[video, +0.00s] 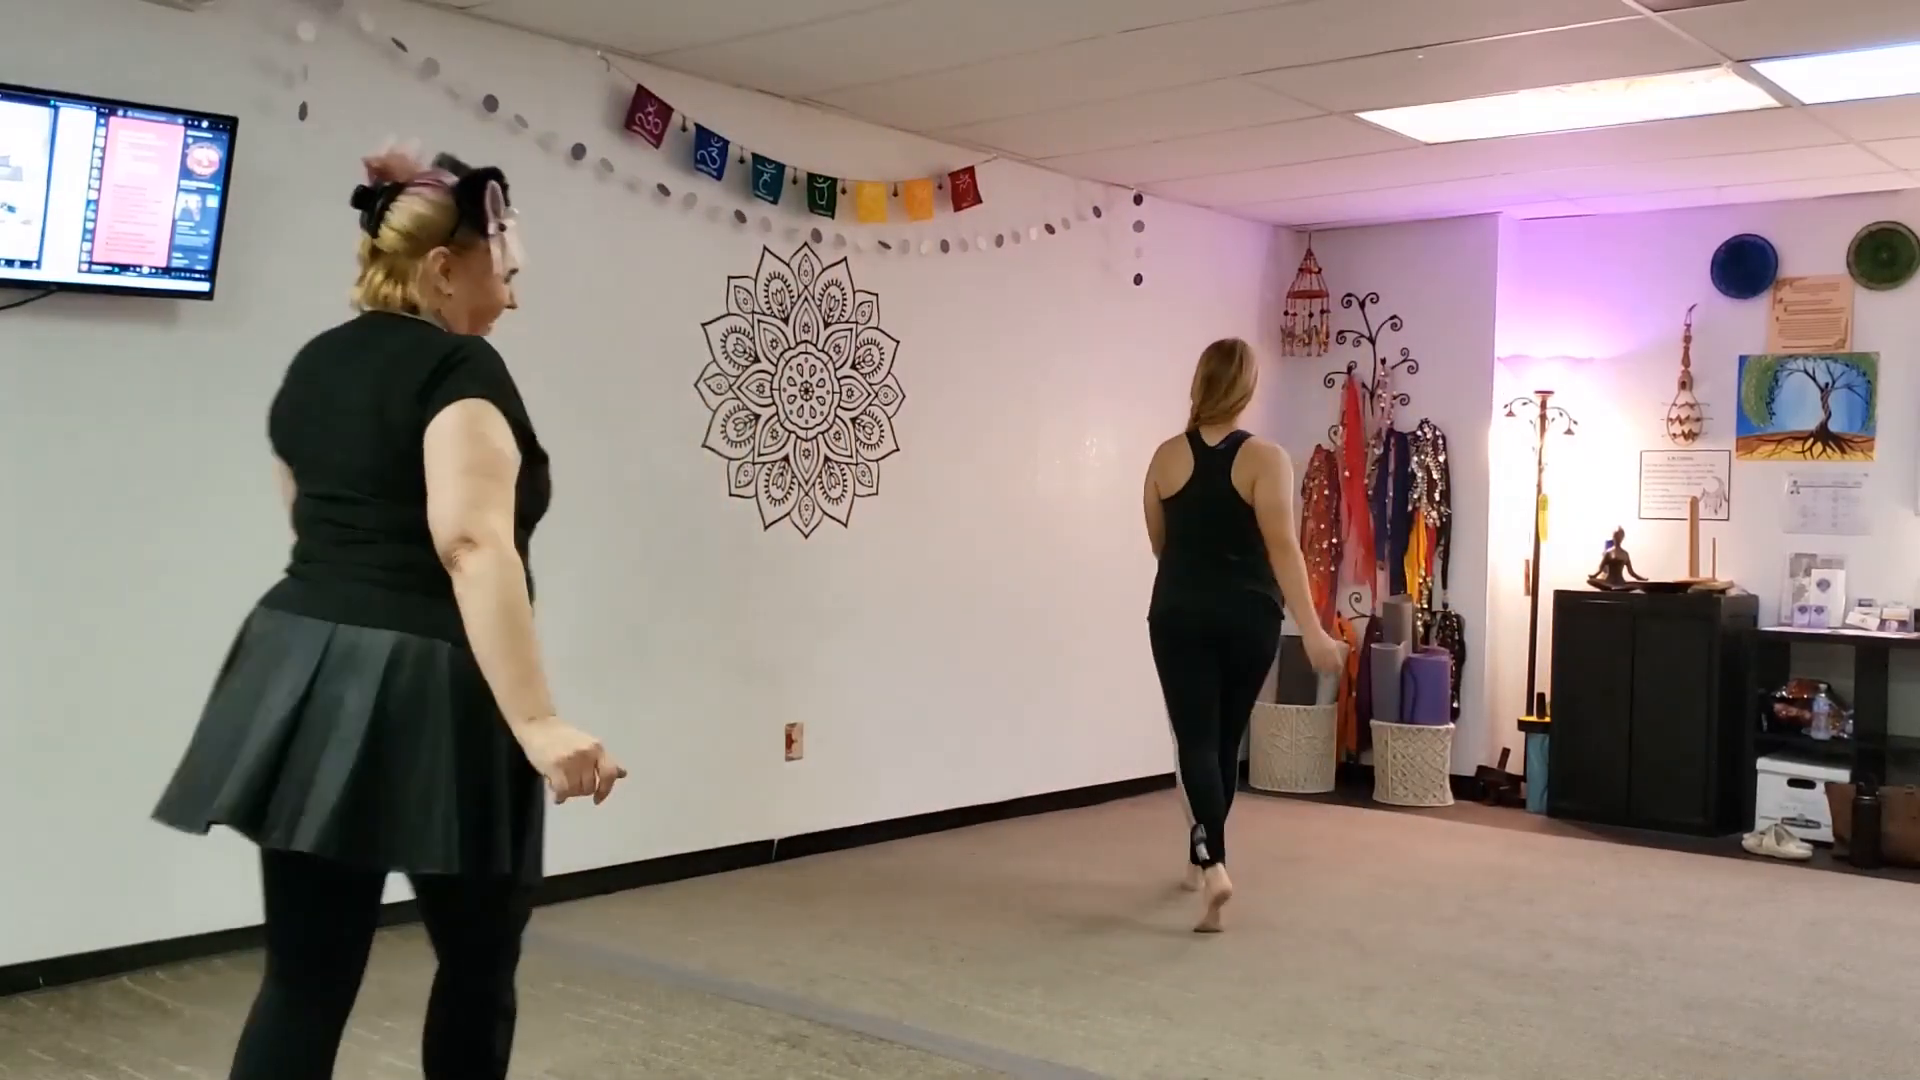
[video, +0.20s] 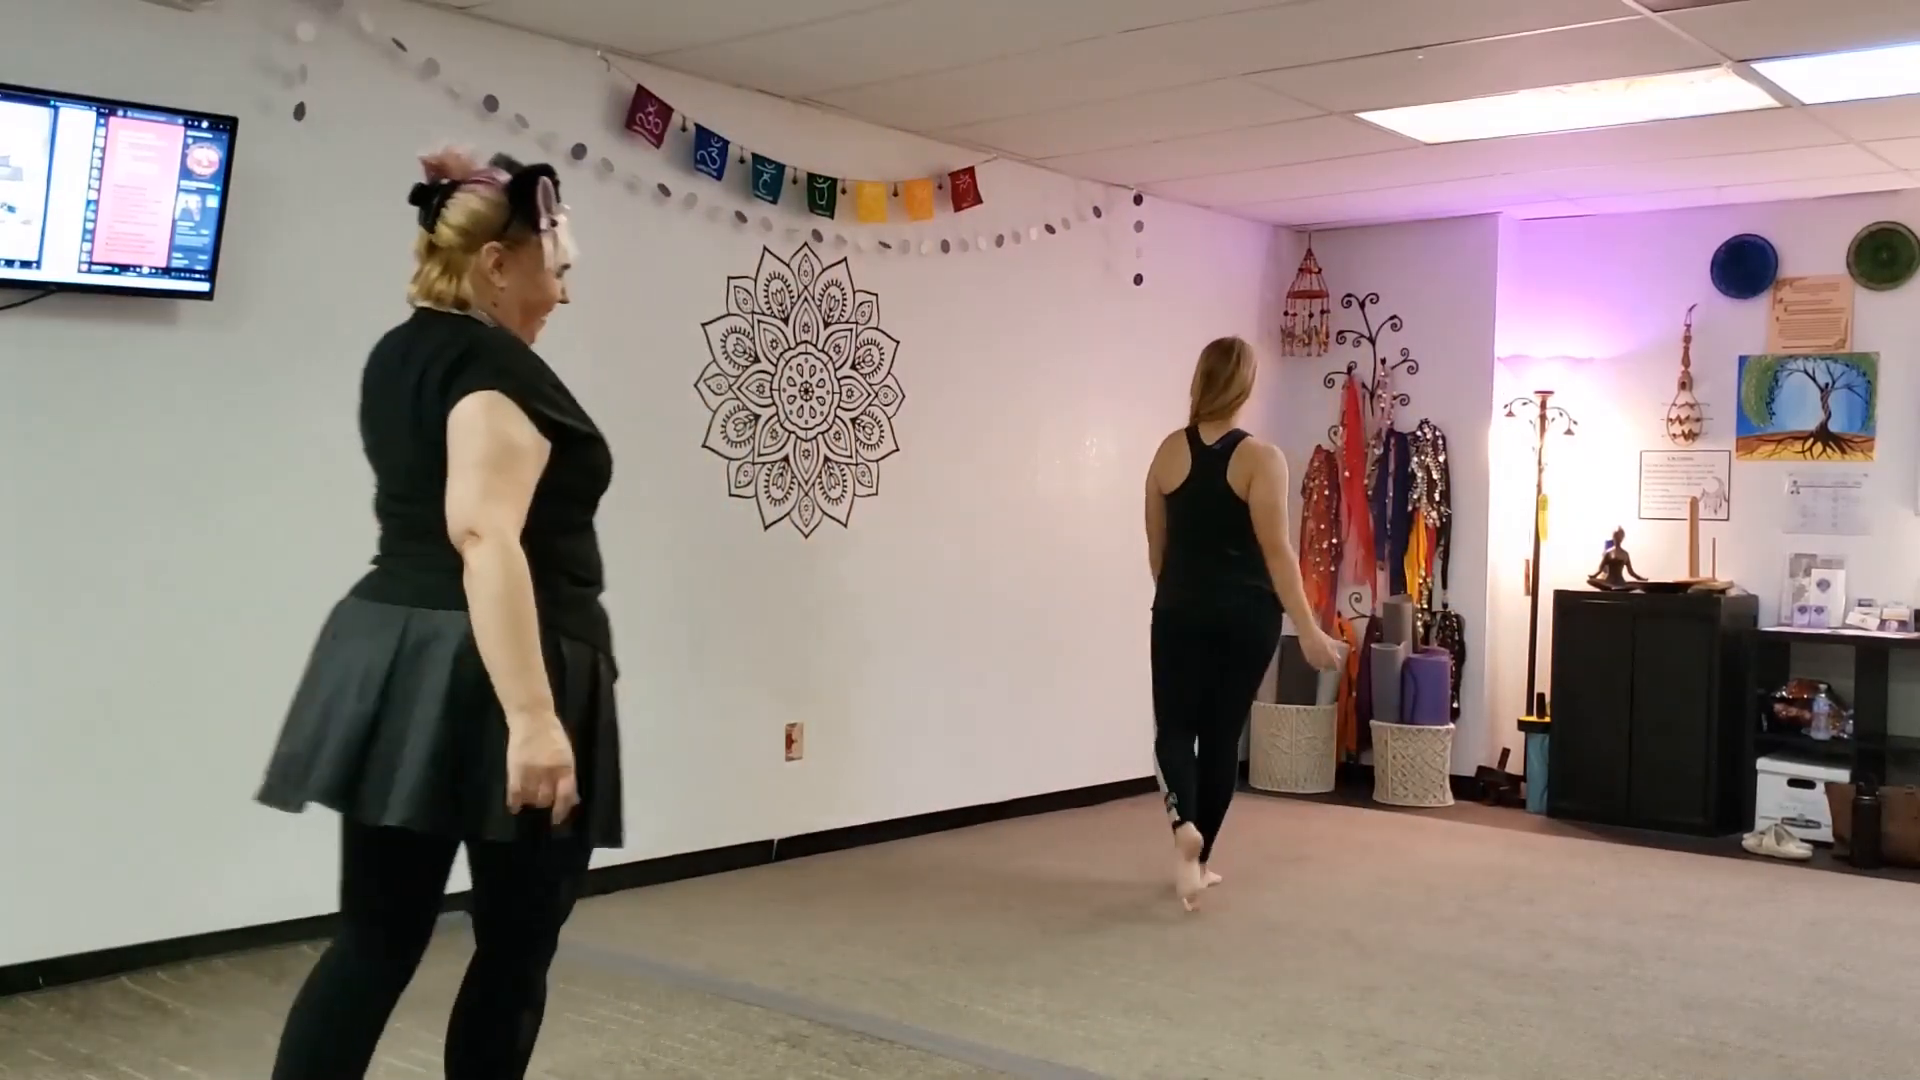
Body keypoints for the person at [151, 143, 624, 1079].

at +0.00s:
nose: (510, 291)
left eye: (511, 270)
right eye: (502, 269)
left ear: (413, 265)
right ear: (441, 268)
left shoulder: (317, 362)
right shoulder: (460, 367)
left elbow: (308, 519)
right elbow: (473, 543)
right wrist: (539, 722)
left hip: (307, 678)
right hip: (440, 694)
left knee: (305, 977)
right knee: (478, 967)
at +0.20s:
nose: (562, 289)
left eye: (561, 267)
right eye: (552, 266)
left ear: (473, 263)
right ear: (494, 266)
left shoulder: (396, 356)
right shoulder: (496, 374)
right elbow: (488, 540)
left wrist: (468, 199)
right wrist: (535, 716)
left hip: (396, 662)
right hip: (508, 675)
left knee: (375, 938)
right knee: (516, 953)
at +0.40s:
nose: (615, 308)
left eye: (616, 289)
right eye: (607, 287)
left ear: (530, 280)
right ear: (547, 284)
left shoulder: (461, 362)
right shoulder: (527, 384)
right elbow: (520, 551)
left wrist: (530, 221)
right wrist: (586, 707)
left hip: (469, 648)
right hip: (546, 661)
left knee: (515, 880)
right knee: (559, 918)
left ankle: (366, 992)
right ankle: (497, 1077)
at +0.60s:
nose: (671, 310)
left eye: (673, 291)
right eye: (655, 287)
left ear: (584, 286)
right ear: (584, 283)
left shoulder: (533, 364)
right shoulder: (555, 370)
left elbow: (482, 539)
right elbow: (540, 533)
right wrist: (686, 627)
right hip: (567, 659)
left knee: (696, 840)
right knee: (576, 914)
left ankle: (501, 953)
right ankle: (507, 1073)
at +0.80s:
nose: (714, 303)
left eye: (720, 283)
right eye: (696, 278)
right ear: (628, 273)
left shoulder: (621, 367)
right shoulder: (589, 360)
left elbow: (516, 485)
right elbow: (573, 511)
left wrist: (577, 581)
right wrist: (731, 585)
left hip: (684, 658)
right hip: (613, 662)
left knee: (750, 861)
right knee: (598, 906)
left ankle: (733, 1073)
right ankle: (506, 1070)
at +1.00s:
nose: (767, 308)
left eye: (774, 291)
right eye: (751, 285)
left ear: (764, 295)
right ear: (684, 280)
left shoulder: (720, 393)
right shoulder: (637, 379)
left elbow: (733, 533)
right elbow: (612, 548)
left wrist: (793, 579)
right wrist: (753, 607)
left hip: (761, 684)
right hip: (680, 687)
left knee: (782, 917)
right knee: (631, 928)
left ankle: (807, 1075)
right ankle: (524, 1074)